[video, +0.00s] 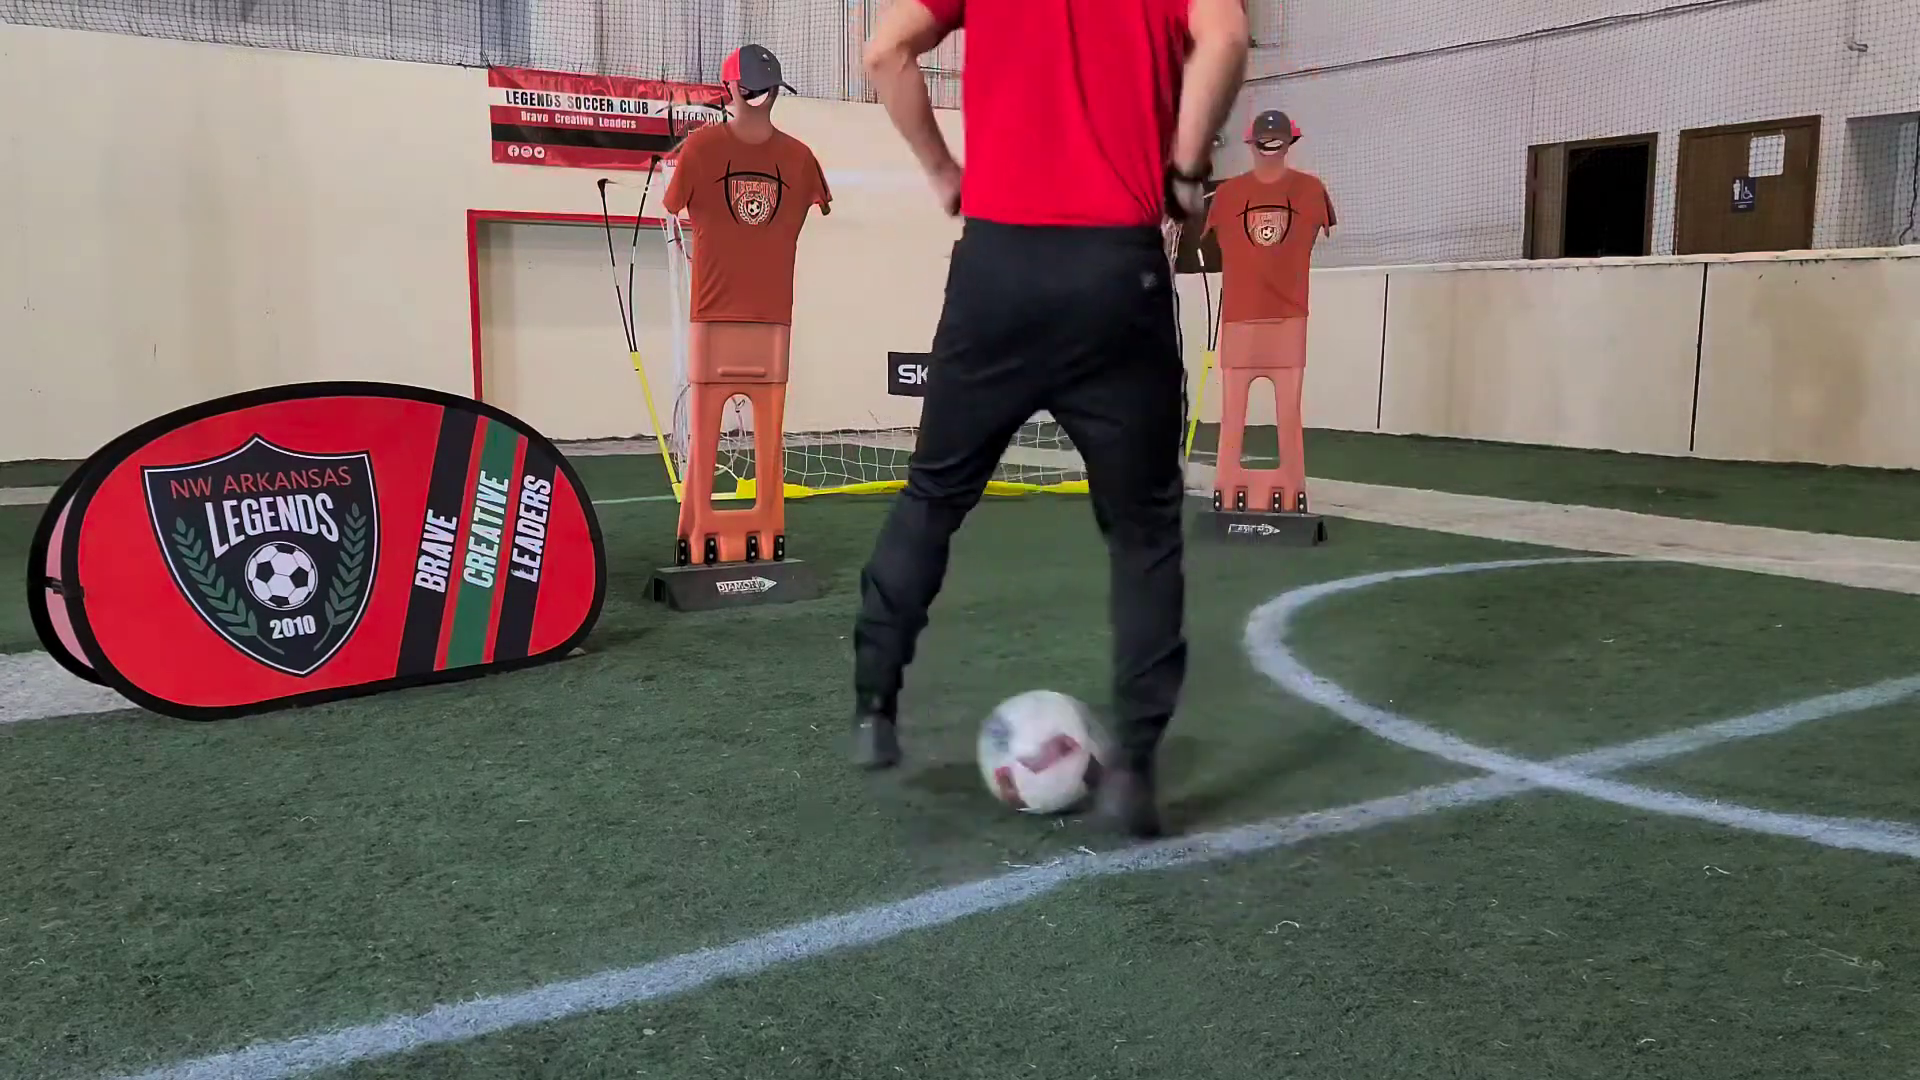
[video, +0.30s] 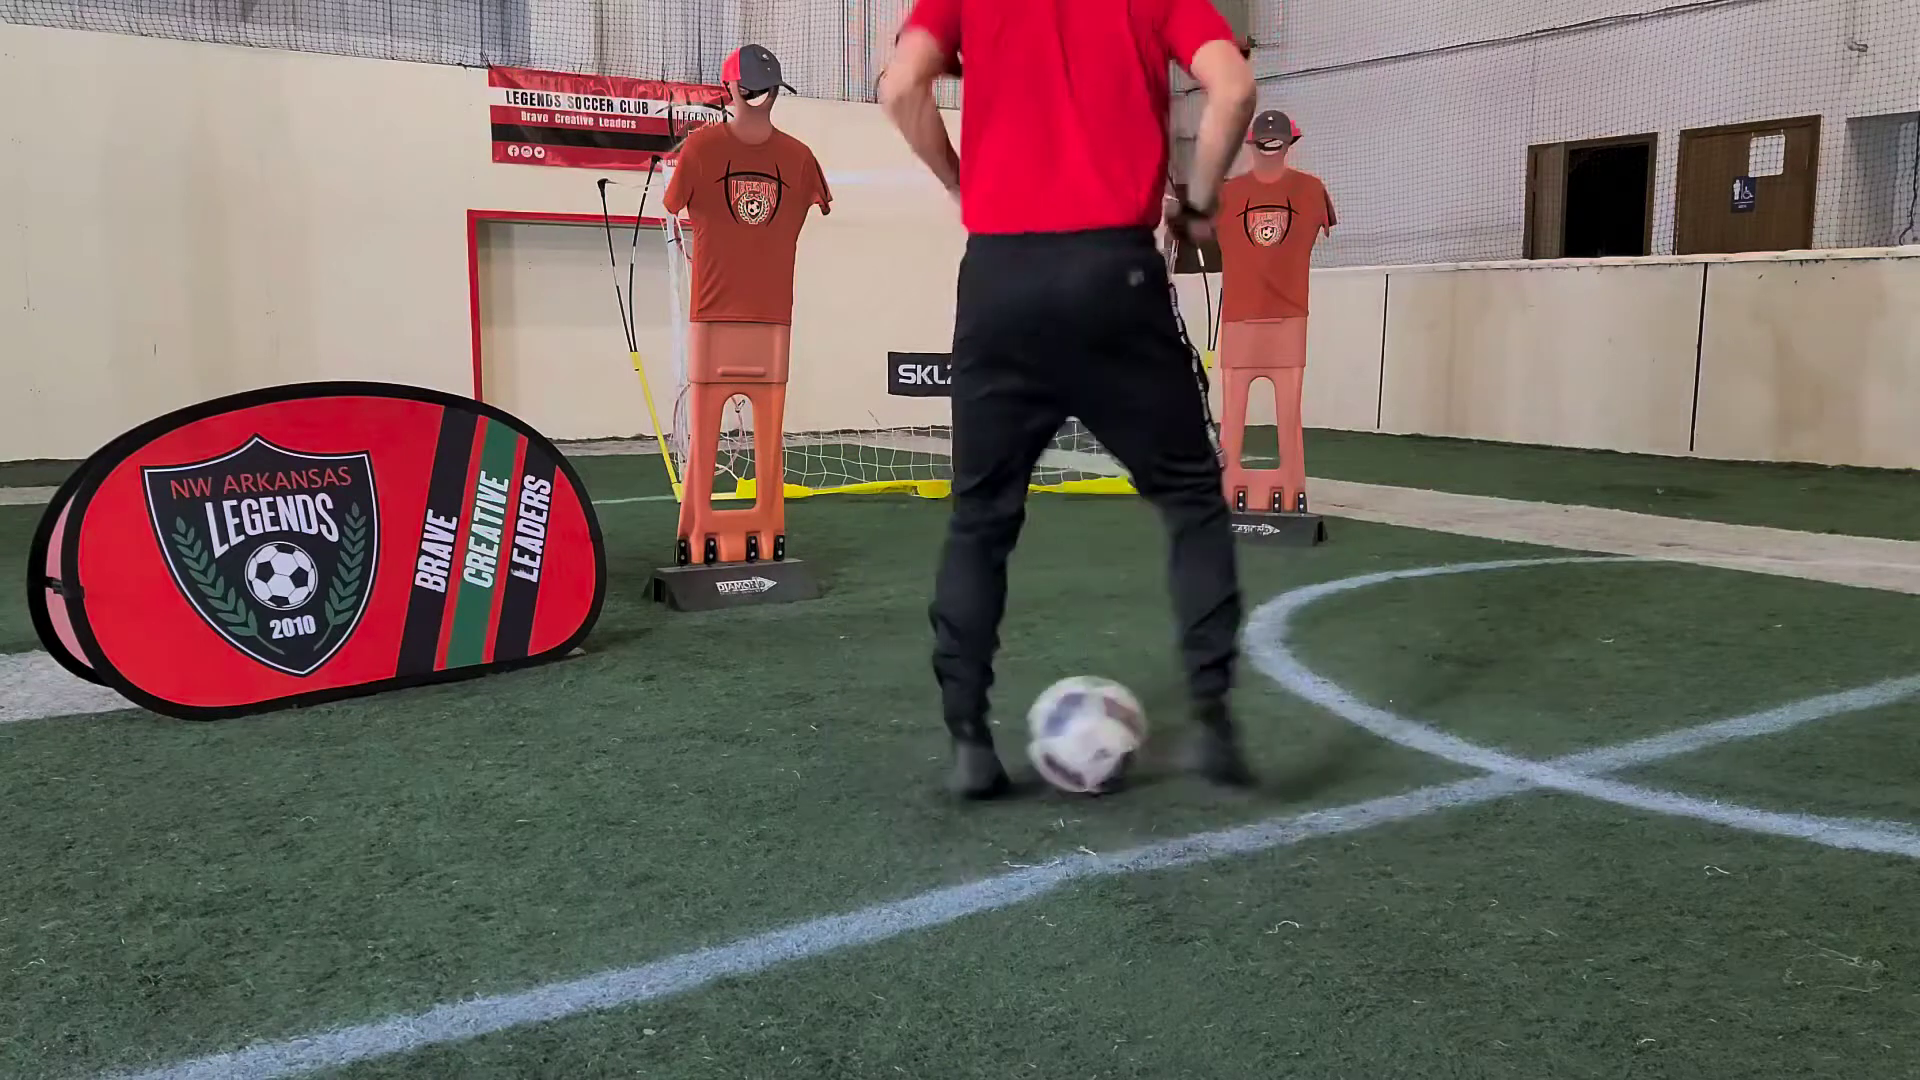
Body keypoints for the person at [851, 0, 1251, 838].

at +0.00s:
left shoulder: (979, 1)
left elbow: (886, 52)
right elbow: (1224, 34)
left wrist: (944, 171)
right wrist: (1188, 169)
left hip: (996, 264)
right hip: (1118, 268)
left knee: (935, 490)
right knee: (1143, 525)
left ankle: (874, 704)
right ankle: (1134, 764)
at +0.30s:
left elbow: (902, 85)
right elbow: (1232, 85)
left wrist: (961, 182)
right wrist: (1196, 205)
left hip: (997, 274)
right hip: (1113, 272)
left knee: (979, 518)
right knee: (1191, 500)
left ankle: (969, 739)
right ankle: (1213, 721)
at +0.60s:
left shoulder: (1013, 4)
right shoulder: (1188, 2)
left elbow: (932, 95)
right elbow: (1220, 70)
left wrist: (1000, 188)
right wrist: (1206, 195)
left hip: (1031, 271)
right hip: (1141, 273)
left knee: (970, 474)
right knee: (1167, 502)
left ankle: (929, 669)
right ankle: (1173, 714)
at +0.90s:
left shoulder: (1008, 15)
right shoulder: (1171, 17)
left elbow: (950, 125)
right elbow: (1243, 115)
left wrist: (1011, 198)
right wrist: (1220, 224)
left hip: (1042, 286)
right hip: (1146, 285)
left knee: (1026, 496)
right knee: (1213, 472)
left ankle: (1024, 695)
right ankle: (1229, 663)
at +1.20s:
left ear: (1095, 1)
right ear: (1167, 3)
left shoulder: (1051, 43)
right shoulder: (1211, 54)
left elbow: (974, 128)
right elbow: (1244, 146)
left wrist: (1022, 210)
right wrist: (1219, 242)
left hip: (1064, 299)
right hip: (1162, 304)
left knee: (1004, 467)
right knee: (1170, 504)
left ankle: (963, 641)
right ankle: (1164, 699)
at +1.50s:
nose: (1167, 21)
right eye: (1167, 13)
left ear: (1086, 10)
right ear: (1160, 11)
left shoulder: (1029, 75)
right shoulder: (1177, 73)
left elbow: (973, 183)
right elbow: (1232, 145)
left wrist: (1040, 216)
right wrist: (1231, 250)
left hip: (1048, 314)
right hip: (1143, 308)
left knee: (1048, 494)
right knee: (1222, 462)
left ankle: (1044, 676)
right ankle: (1266, 623)